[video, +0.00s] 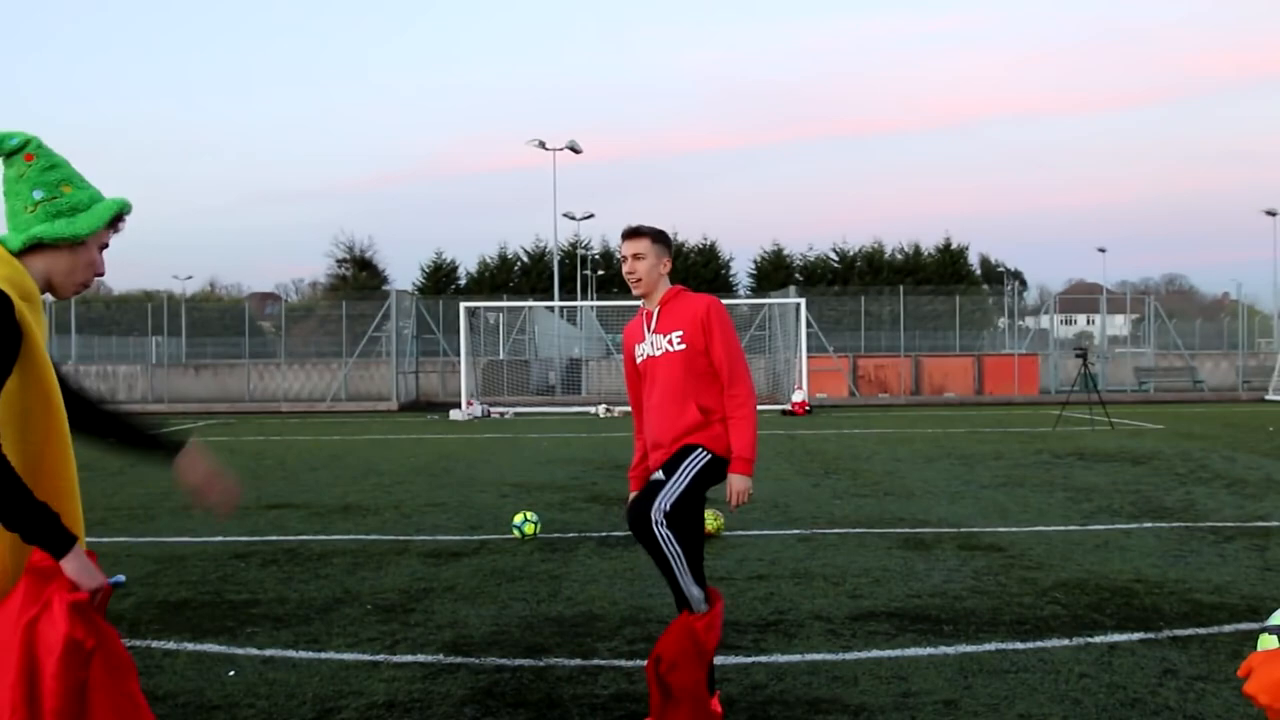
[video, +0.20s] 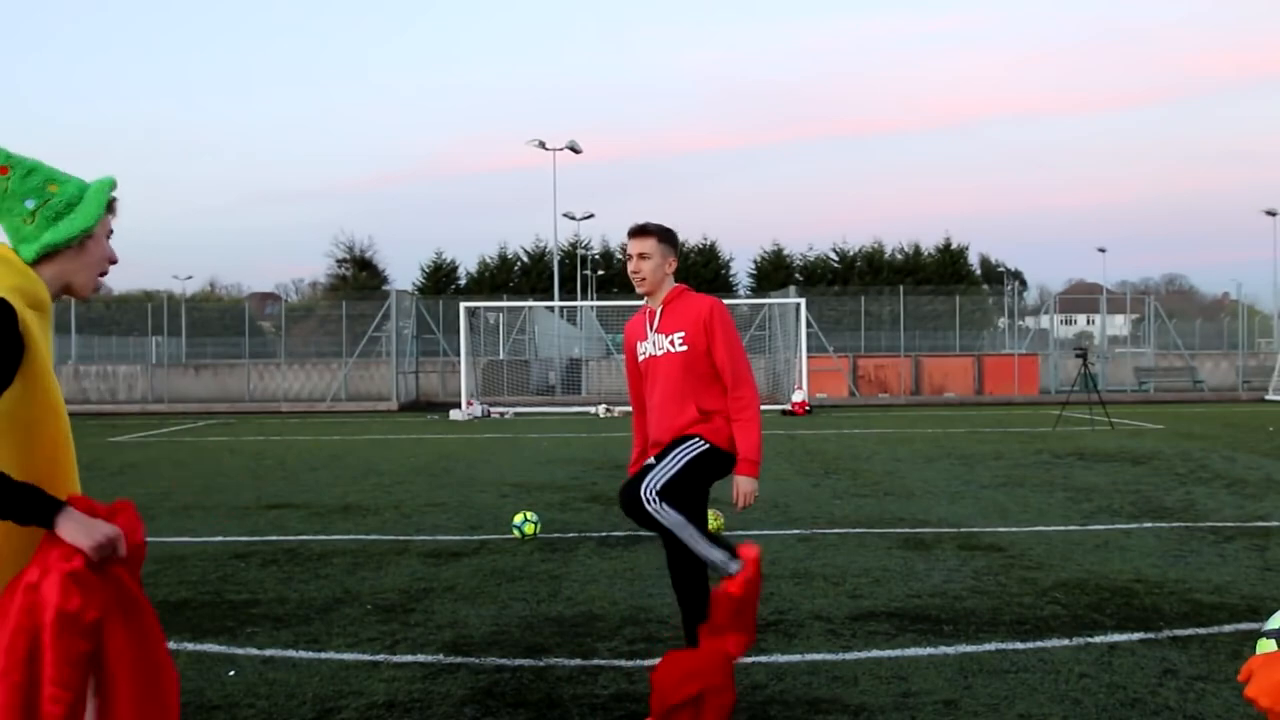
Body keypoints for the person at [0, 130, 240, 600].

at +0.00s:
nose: (101, 268)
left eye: (104, 250)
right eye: (98, 248)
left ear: (52, 238)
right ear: (53, 235)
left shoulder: (21, 310)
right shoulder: (8, 310)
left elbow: (75, 410)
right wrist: (61, 545)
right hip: (10, 588)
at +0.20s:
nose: (114, 257)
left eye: (110, 238)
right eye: (106, 236)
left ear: (60, 239)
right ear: (64, 237)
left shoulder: (26, 320)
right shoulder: (8, 321)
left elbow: (14, 463)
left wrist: (70, 518)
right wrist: (58, 516)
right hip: (12, 605)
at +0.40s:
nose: (129, 297)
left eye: (136, 282)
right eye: (130, 276)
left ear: (90, 252)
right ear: (94, 252)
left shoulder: (36, 319)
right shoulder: (15, 326)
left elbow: (12, 457)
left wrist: (74, 492)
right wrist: (37, 491)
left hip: (37, 597)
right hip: (18, 601)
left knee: (43, 701)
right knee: (34, 703)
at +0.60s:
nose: (168, 323)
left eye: (173, 307)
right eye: (168, 302)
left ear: (125, 280)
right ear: (131, 281)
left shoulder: (38, 309)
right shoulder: (57, 343)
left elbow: (39, 461)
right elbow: (14, 461)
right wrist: (129, 448)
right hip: (25, 580)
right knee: (36, 699)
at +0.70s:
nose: (174, 328)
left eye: (181, 314)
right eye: (177, 309)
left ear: (126, 286)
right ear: (145, 289)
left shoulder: (50, 310)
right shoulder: (79, 336)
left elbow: (93, 443)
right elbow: (89, 455)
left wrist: (200, 415)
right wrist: (210, 414)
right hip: (29, 565)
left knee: (84, 689)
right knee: (90, 694)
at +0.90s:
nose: (183, 316)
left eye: (186, 301)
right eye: (179, 298)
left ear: (138, 284)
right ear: (144, 286)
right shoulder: (76, 345)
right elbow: (150, 453)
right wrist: (263, 418)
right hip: (59, 575)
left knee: (76, 692)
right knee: (142, 698)